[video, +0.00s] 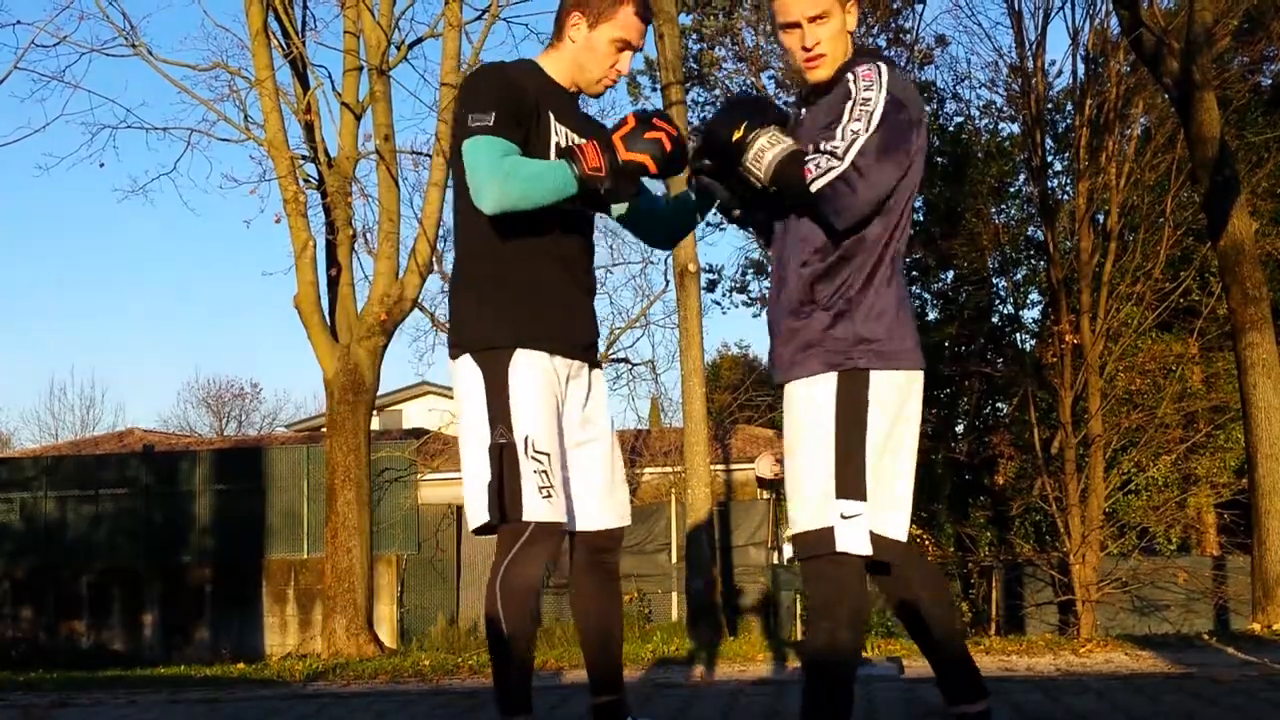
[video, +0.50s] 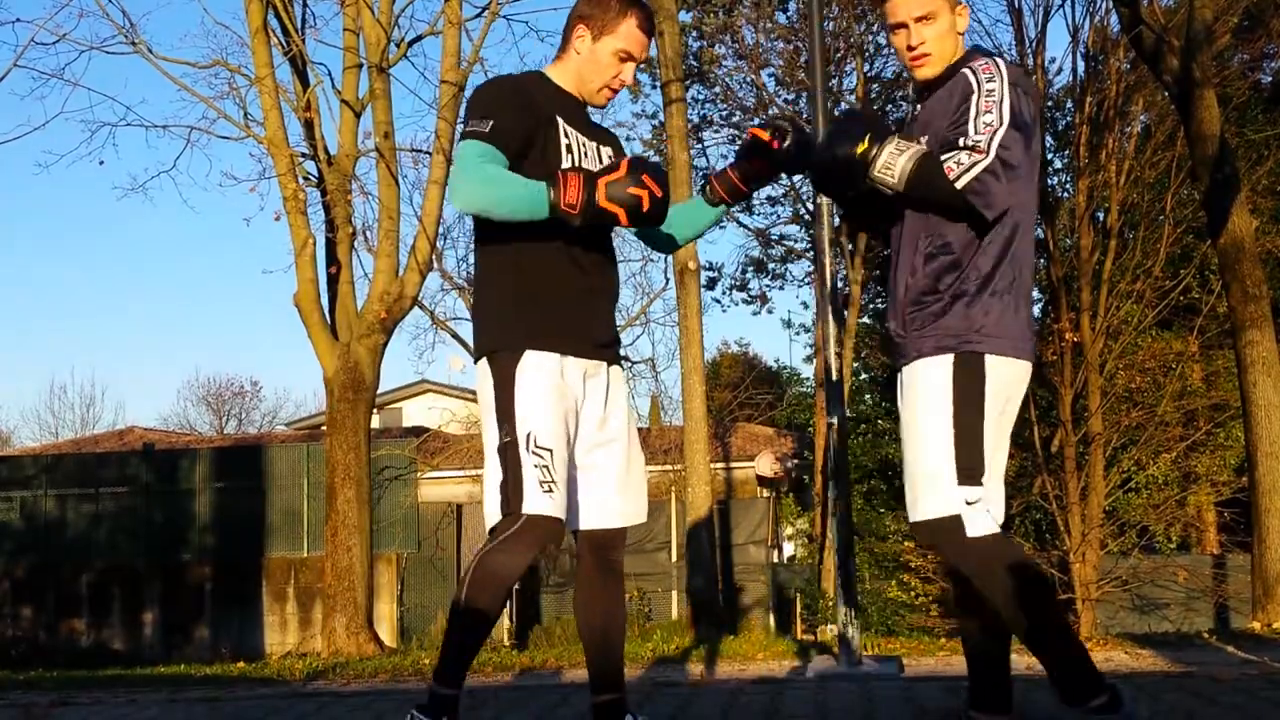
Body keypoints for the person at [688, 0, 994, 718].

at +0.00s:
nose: (804, 40)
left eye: (818, 20)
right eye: (788, 28)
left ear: (851, 14)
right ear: (775, 32)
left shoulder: (881, 87)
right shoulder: (807, 117)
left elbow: (844, 200)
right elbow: (782, 228)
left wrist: (765, 146)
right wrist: (727, 177)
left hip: (851, 349)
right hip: (833, 350)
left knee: (826, 540)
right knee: (879, 534)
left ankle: (823, 719)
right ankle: (968, 695)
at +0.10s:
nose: (830, 50)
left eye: (843, 30)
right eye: (815, 37)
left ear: (876, 24)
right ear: (800, 41)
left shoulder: (913, 97)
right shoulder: (814, 118)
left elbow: (903, 209)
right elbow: (802, 245)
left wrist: (794, 158)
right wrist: (751, 174)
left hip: (883, 351)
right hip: (846, 354)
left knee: (845, 543)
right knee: (910, 539)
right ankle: (981, 704)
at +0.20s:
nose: (850, 55)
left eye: (863, 36)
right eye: (836, 43)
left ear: (896, 27)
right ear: (821, 44)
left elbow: (950, 212)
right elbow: (819, 254)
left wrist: (835, 169)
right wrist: (788, 178)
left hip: (915, 344)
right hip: (857, 351)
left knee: (860, 530)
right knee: (926, 529)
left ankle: (843, 715)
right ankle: (983, 703)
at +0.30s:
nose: (873, 52)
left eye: (886, 34)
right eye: (859, 40)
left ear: (920, 26)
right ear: (847, 43)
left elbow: (969, 202)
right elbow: (851, 247)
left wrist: (856, 161)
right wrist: (809, 181)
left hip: (936, 336)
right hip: (882, 341)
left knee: (869, 508)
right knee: (940, 523)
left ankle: (912, 711)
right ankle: (986, 707)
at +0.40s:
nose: (895, 44)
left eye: (908, 26)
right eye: (882, 32)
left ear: (944, 22)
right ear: (873, 37)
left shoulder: (980, 81)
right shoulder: (890, 118)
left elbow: (984, 191)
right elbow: (872, 233)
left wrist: (869, 151)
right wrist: (816, 167)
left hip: (949, 332)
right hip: (912, 335)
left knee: (889, 505)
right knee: (957, 518)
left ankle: (1009, 685)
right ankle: (997, 691)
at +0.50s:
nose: (910, 39)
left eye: (924, 22)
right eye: (897, 28)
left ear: (960, 17)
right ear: (888, 33)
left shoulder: (990, 77)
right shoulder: (923, 112)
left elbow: (991, 185)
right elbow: (893, 225)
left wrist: (884, 157)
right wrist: (838, 173)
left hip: (971, 334)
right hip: (932, 338)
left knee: (944, 518)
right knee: (965, 524)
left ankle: (1088, 695)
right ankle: (988, 707)